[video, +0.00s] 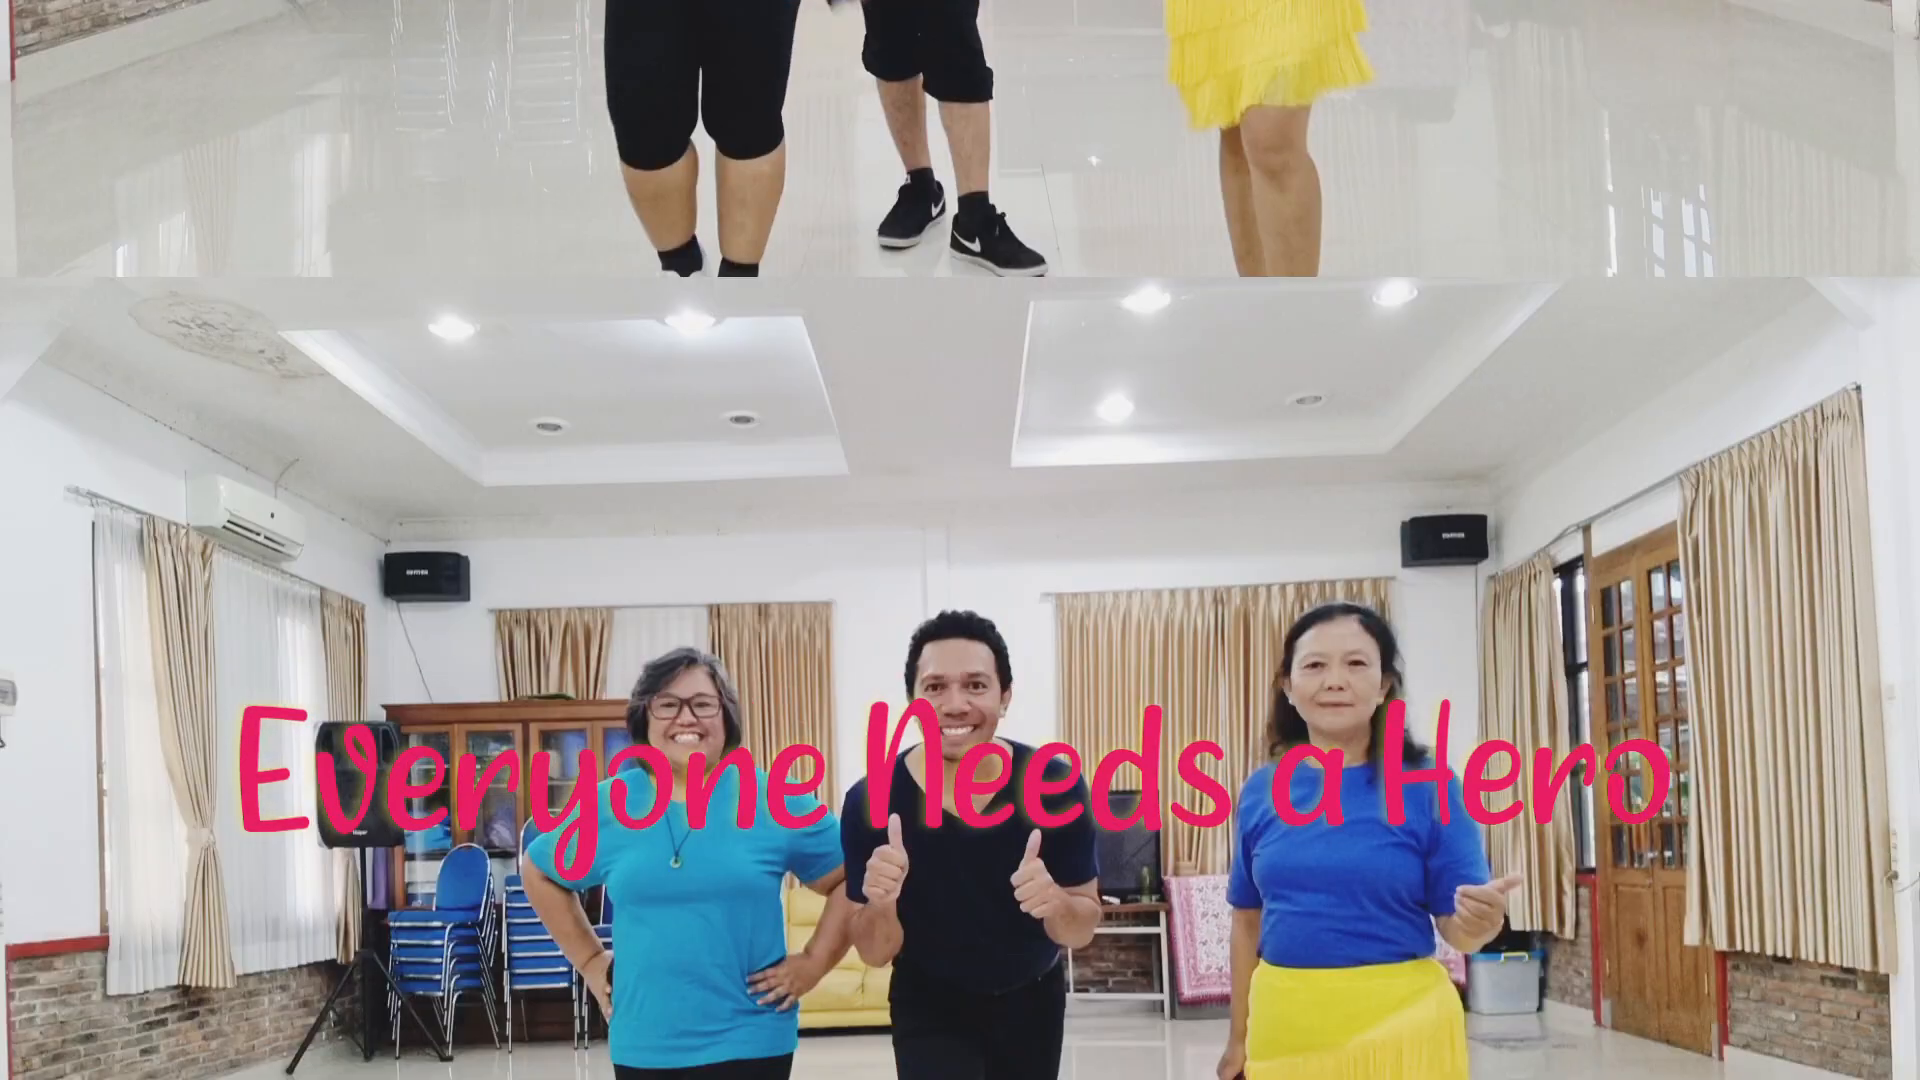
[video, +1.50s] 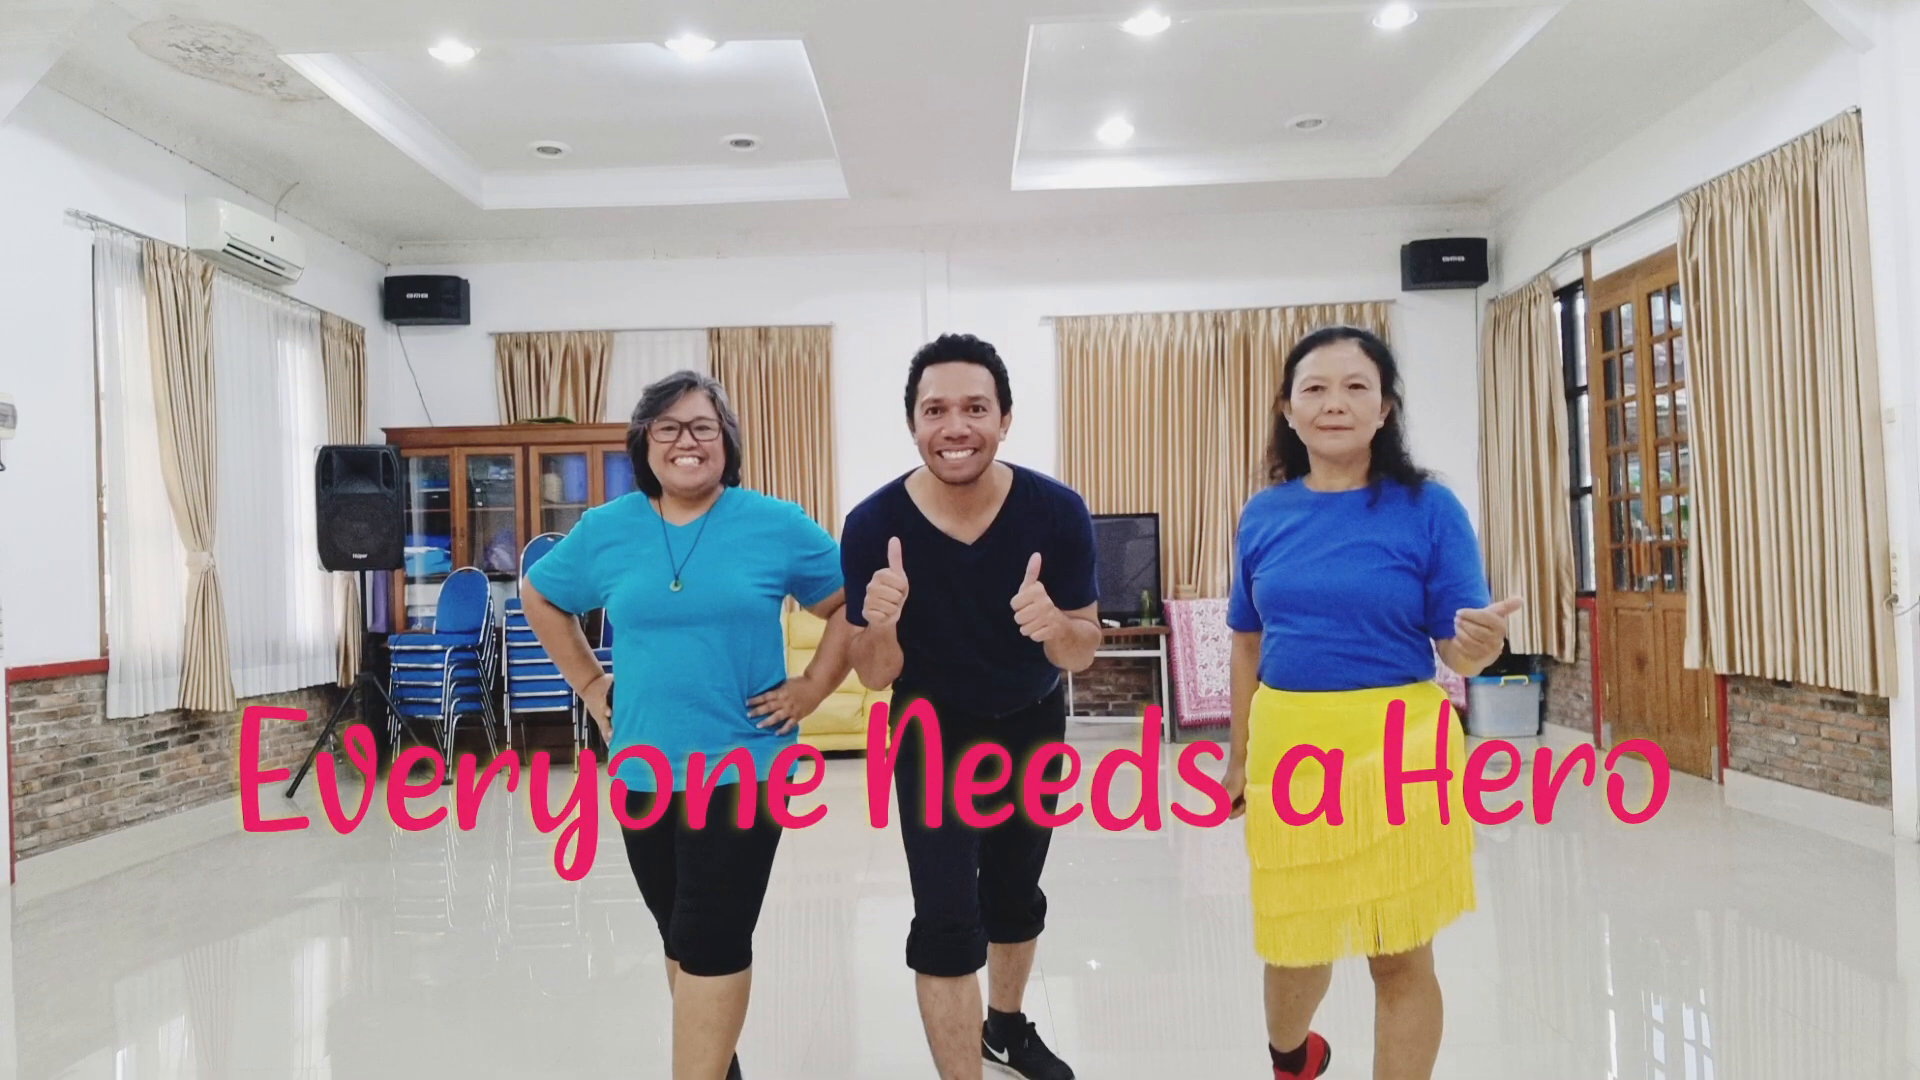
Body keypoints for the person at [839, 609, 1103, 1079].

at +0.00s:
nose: (955, 705)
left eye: (976, 685)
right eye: (935, 687)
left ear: (1005, 697)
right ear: (913, 700)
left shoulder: (1049, 782)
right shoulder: (873, 800)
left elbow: (1081, 931)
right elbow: (875, 953)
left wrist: (1055, 903)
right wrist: (880, 904)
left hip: (1028, 1000)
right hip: (929, 1002)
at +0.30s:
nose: (955, 431)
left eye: (974, 413)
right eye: (936, 414)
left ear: (1004, 425)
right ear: (913, 428)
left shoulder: (1058, 518)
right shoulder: (872, 531)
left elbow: (1081, 658)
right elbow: (874, 677)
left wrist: (1054, 630)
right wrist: (879, 631)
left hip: (1030, 729)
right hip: (929, 733)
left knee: (1015, 901)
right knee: (948, 927)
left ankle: (1006, 1030)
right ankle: (959, 1077)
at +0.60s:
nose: (956, 427)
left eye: (975, 408)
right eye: (936, 410)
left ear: (1004, 420)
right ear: (913, 424)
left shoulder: (1059, 514)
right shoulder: (873, 526)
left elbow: (1081, 654)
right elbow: (875, 673)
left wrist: (1053, 626)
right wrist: (880, 627)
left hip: (1030, 722)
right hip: (930, 725)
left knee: (1016, 894)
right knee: (949, 920)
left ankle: (1006, 1026)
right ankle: (959, 1076)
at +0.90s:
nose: (956, 427)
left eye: (975, 408)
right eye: (936, 410)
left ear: (1004, 420)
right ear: (913, 424)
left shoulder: (1059, 514)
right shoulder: (873, 526)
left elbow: (1081, 654)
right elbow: (875, 673)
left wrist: (1054, 626)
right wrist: (880, 627)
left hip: (1030, 722)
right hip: (930, 725)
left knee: (1016, 894)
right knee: (949, 920)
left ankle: (1006, 1026)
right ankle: (959, 1076)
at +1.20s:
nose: (956, 427)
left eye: (975, 408)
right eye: (936, 410)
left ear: (1004, 420)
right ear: (913, 424)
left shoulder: (1059, 514)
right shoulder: (873, 526)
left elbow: (1080, 654)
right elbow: (875, 673)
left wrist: (1054, 625)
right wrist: (880, 626)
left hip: (1030, 722)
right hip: (929, 726)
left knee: (1016, 895)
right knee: (948, 919)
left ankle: (1006, 1026)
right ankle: (959, 1076)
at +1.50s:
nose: (956, 426)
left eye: (975, 408)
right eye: (936, 410)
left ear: (1004, 420)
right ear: (913, 424)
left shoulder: (1059, 514)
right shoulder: (872, 526)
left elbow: (1080, 654)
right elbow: (875, 673)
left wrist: (1053, 626)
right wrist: (879, 626)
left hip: (1030, 722)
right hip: (929, 726)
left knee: (1016, 894)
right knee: (948, 919)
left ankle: (1005, 1026)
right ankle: (959, 1076)